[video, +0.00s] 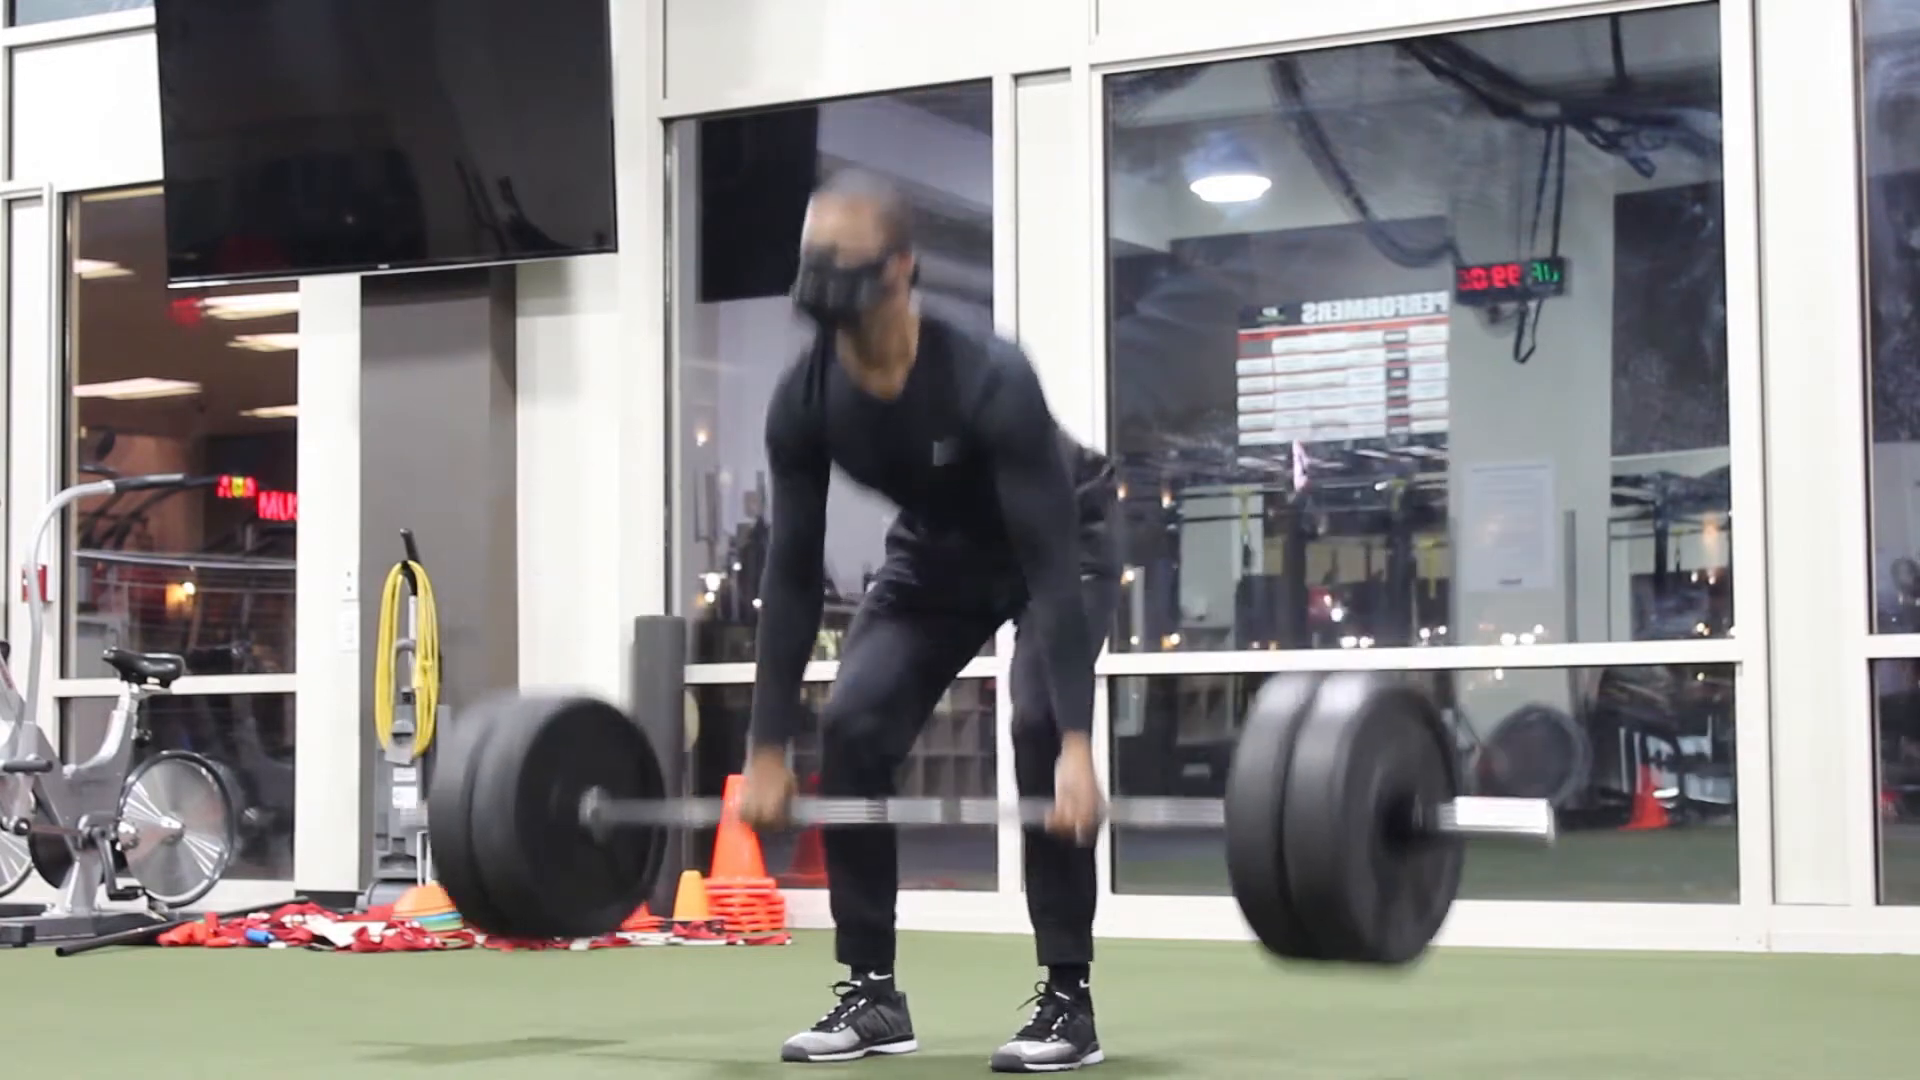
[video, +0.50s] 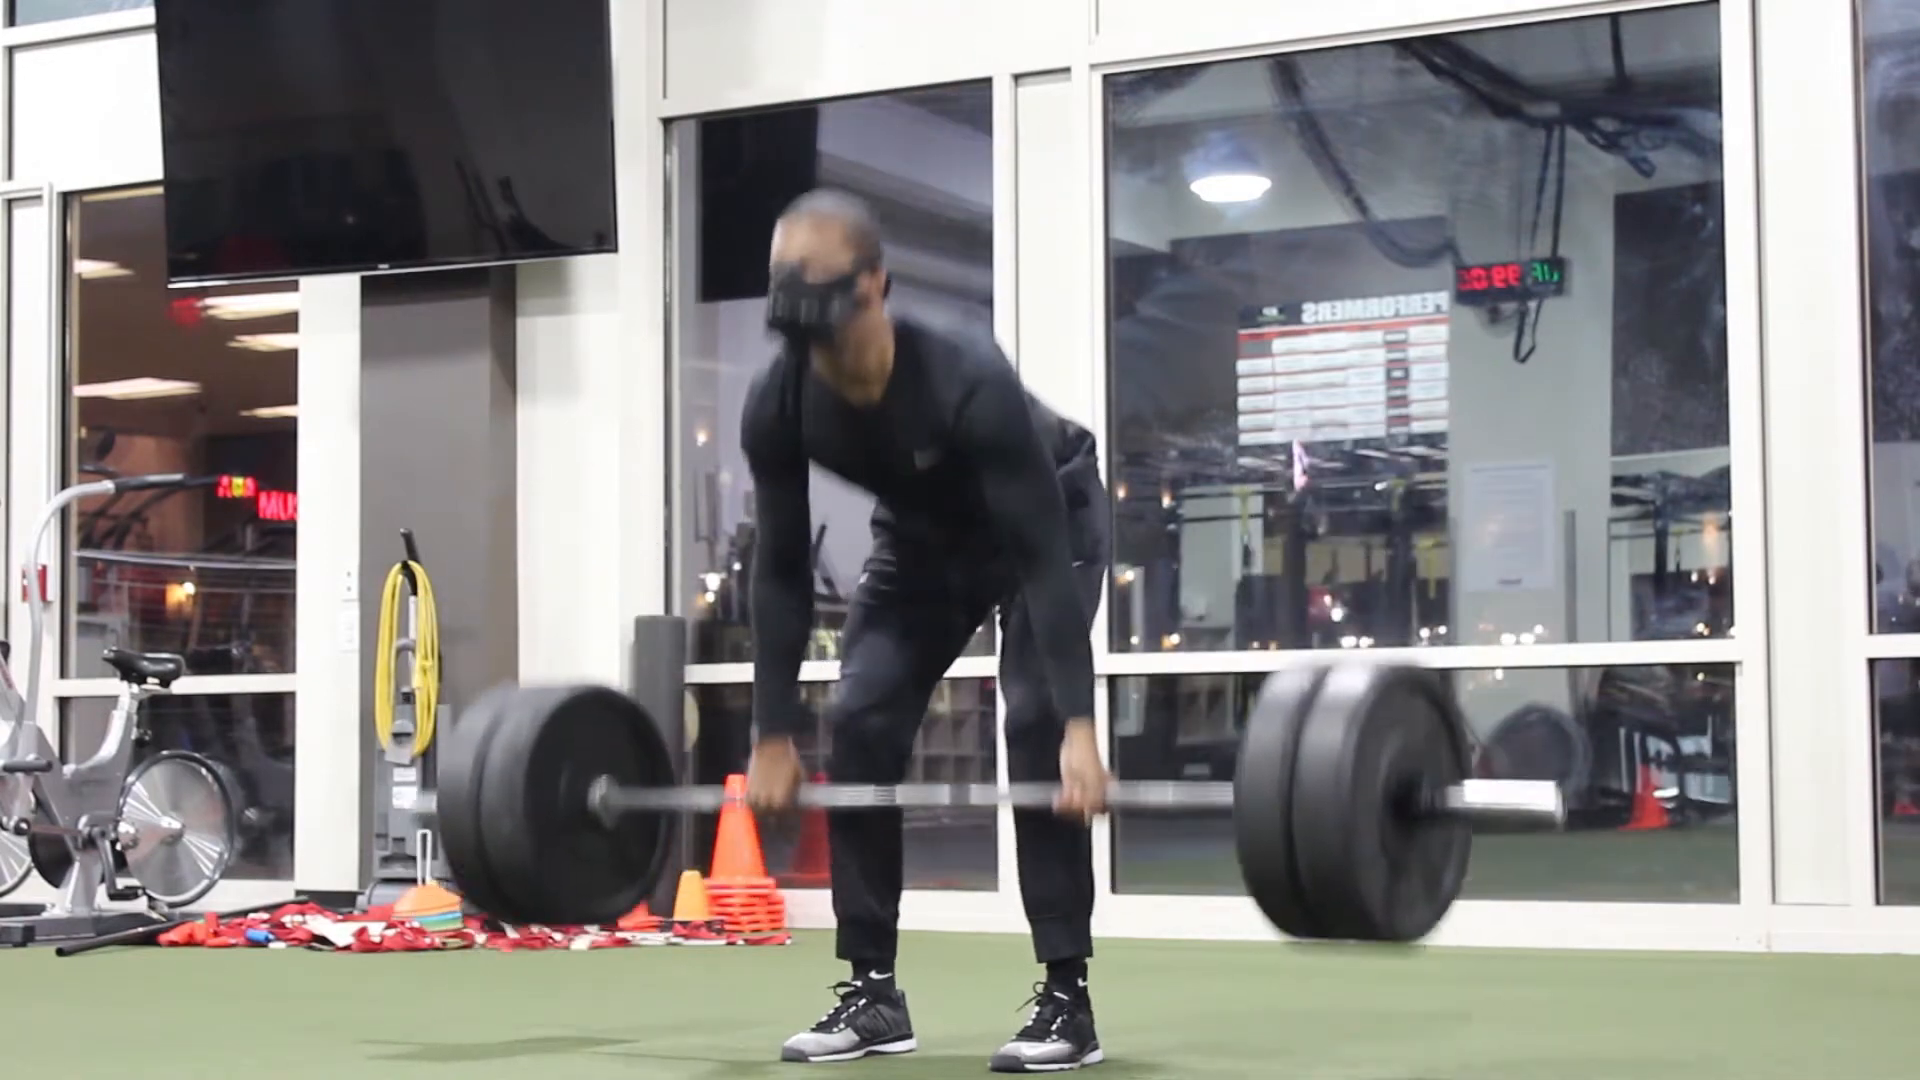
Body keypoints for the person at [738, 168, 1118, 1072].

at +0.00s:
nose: (817, 274)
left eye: (841, 259)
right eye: (810, 256)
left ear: (901, 271)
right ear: (799, 258)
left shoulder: (991, 377)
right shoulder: (804, 402)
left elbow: (1054, 567)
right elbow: (793, 578)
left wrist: (1075, 742)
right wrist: (766, 749)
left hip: (1051, 530)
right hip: (939, 544)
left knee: (1041, 729)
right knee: (852, 728)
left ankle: (1065, 1002)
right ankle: (872, 996)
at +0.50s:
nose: (795, 299)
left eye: (817, 280)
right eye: (783, 280)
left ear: (874, 284)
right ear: (773, 285)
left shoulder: (968, 379)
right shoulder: (778, 409)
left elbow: (1047, 554)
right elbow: (782, 569)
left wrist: (1079, 722)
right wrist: (772, 732)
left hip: (1040, 516)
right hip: (923, 532)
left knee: (1034, 730)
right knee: (861, 723)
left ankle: (1065, 995)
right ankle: (871, 993)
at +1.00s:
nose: (887, 22)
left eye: (912, 10)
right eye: (874, 12)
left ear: (953, 34)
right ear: (853, 37)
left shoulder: (1016, 161)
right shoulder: (825, 182)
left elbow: (1056, 339)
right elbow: (809, 356)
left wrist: (1076, 499)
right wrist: (774, 514)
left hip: (1003, 451)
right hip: (883, 455)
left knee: (1018, 719)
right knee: (876, 731)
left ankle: (1063, 995)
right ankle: (875, 991)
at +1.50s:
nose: (804, 381)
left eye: (828, 364)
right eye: (796, 361)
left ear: (885, 367)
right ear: (786, 359)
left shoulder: (978, 457)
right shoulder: (788, 486)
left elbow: (1048, 651)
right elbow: (781, 658)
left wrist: (1075, 831)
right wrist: (764, 830)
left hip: (1052, 554)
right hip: (936, 575)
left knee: (1008, 731)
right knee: (832, 735)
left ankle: (1062, 1002)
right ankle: (871, 998)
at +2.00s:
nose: (806, 206)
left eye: (830, 190)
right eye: (799, 187)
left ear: (889, 197)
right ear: (788, 191)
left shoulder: (980, 308)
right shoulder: (789, 328)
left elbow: (1051, 479)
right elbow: (785, 497)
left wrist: (1082, 656)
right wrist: (775, 665)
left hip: (1034, 502)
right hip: (919, 509)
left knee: (1041, 733)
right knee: (868, 725)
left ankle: (1065, 998)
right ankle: (873, 992)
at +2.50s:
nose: (890, 57)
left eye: (914, 42)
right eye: (877, 41)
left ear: (958, 61)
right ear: (857, 62)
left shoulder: (1019, 196)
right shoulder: (835, 206)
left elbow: (1055, 380)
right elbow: (811, 384)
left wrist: (1080, 541)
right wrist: (776, 545)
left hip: (1024, 481)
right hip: (909, 479)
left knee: (1025, 729)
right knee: (872, 727)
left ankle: (1064, 1001)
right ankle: (873, 997)